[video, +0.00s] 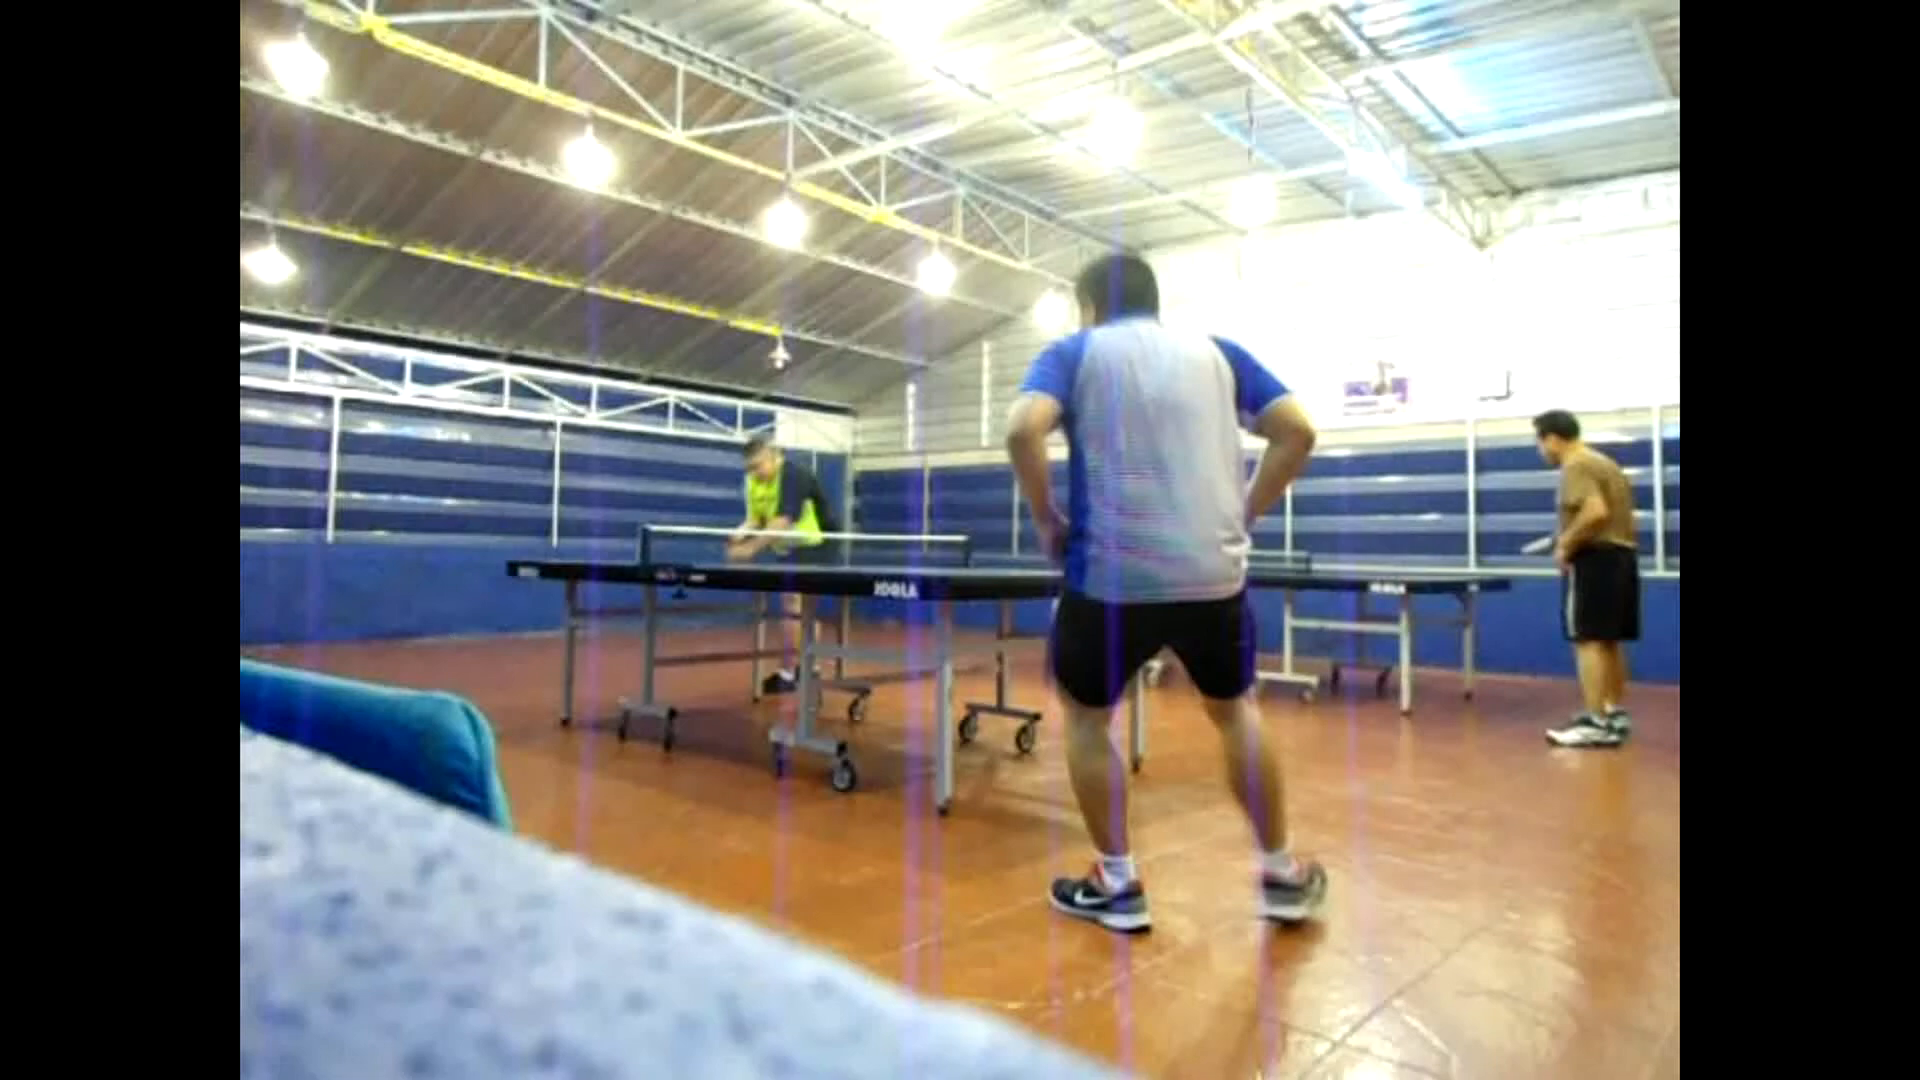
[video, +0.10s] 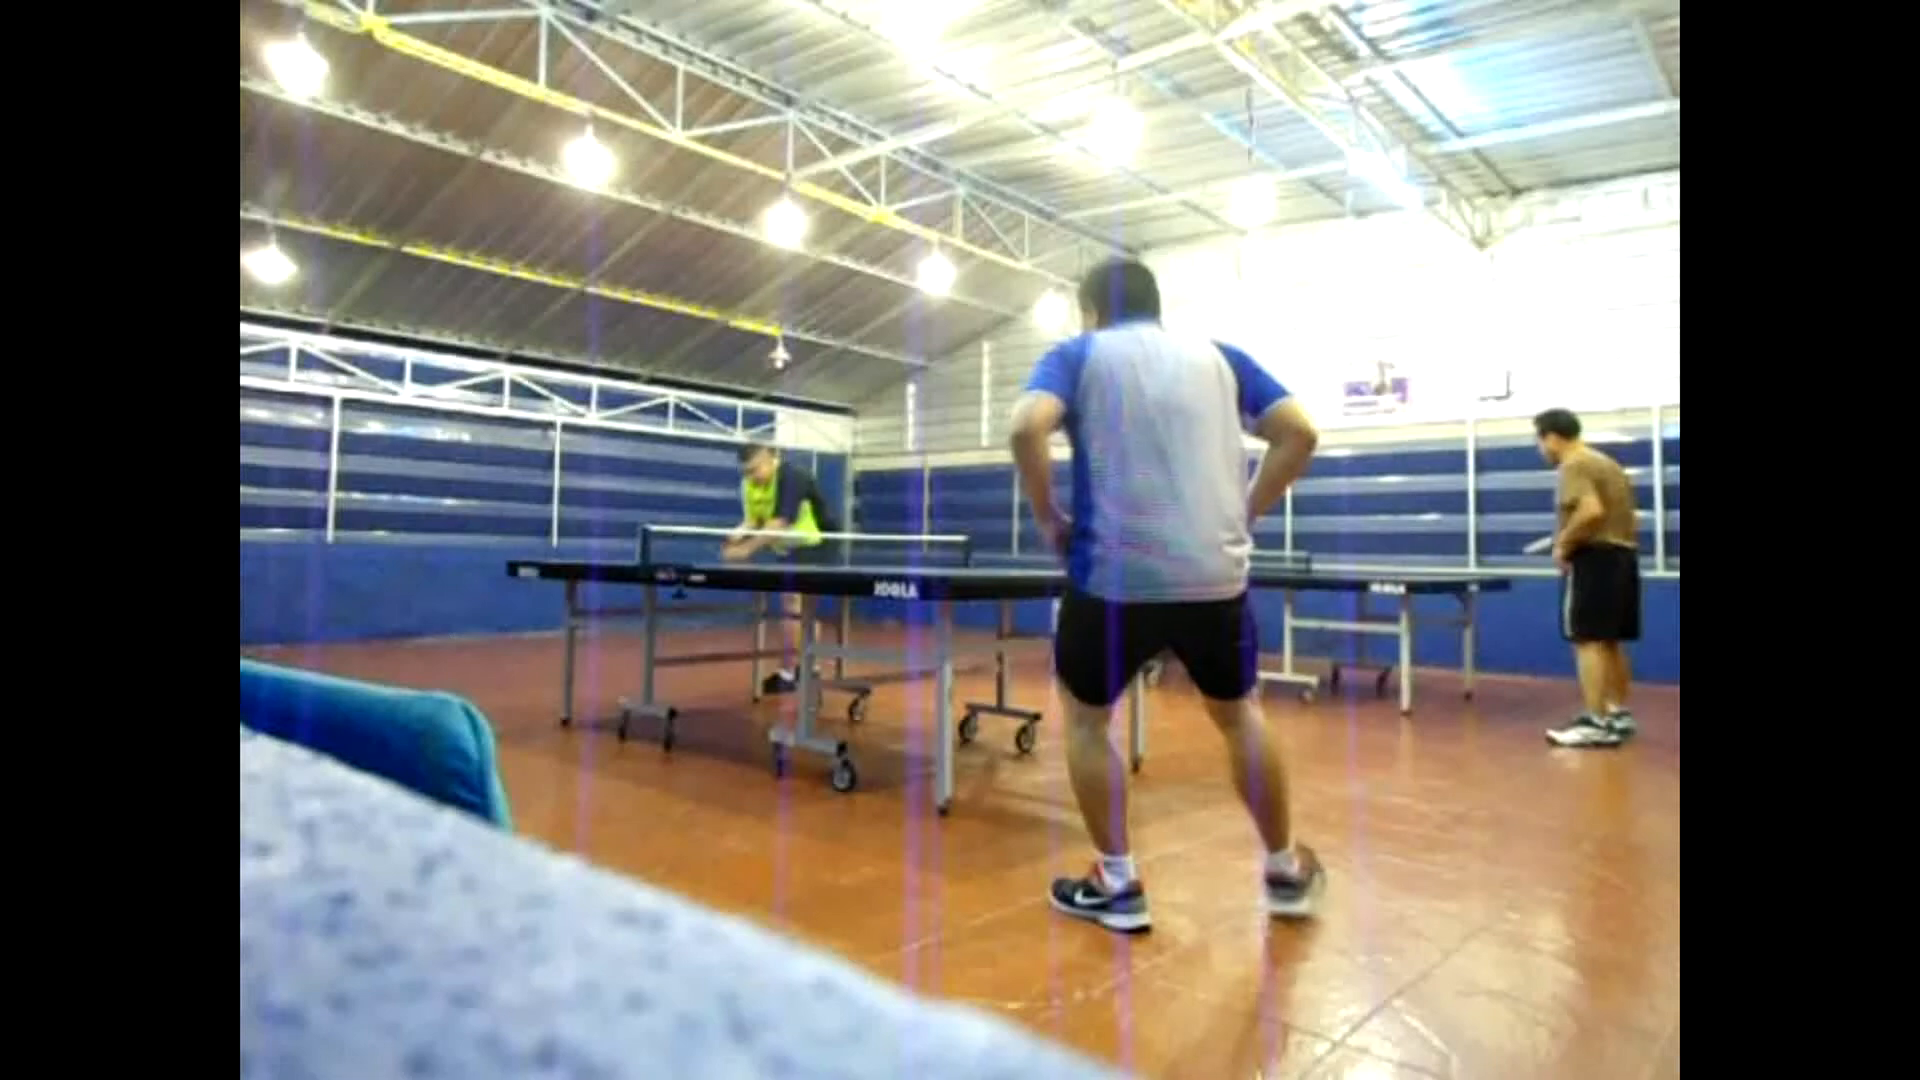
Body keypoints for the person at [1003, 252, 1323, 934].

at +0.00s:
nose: (1078, 317)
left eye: (1081, 307)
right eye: (1081, 307)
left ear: (1093, 306)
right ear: (1152, 301)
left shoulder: (1074, 352)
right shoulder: (1214, 352)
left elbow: (1025, 428)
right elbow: (1295, 433)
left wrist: (1046, 517)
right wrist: (1247, 512)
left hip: (1113, 582)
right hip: (1210, 579)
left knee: (1088, 719)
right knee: (1236, 711)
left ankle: (1116, 881)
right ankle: (1279, 870)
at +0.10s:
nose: (1081, 321)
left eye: (1083, 311)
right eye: (1084, 312)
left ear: (1095, 311)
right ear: (1154, 306)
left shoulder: (1078, 354)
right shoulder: (1216, 357)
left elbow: (1028, 426)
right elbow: (1297, 435)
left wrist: (1049, 518)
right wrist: (1247, 510)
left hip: (1116, 581)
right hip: (1212, 580)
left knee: (1087, 721)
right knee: (1239, 714)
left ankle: (1116, 881)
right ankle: (1283, 866)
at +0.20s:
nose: (1085, 330)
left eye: (1087, 321)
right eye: (1087, 321)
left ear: (1100, 319)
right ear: (1157, 314)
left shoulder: (1086, 357)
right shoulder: (1221, 365)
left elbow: (1037, 426)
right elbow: (1300, 442)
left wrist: (1052, 514)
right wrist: (1248, 511)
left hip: (1124, 585)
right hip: (1218, 586)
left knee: (1086, 719)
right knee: (1242, 717)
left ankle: (1117, 880)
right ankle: (1285, 865)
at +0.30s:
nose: (1098, 345)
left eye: (1100, 336)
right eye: (1100, 336)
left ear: (1112, 333)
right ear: (1168, 331)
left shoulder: (1103, 369)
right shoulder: (1233, 378)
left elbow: (1066, 440)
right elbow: (1307, 461)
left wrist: (1066, 527)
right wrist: (1252, 519)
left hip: (1139, 587)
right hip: (1231, 589)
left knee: (1083, 715)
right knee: (1243, 717)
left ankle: (1116, 878)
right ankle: (1285, 864)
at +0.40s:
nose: (1112, 363)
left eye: (1114, 355)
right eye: (1113, 355)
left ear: (1126, 350)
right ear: (1181, 345)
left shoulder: (1120, 380)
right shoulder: (1247, 395)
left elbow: (1097, 443)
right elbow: (1314, 482)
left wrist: (1084, 534)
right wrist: (1260, 534)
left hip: (1158, 587)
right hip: (1250, 594)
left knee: (1073, 700)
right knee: (1247, 716)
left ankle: (1112, 870)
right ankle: (1285, 865)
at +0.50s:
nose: (1119, 379)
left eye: (1121, 371)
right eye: (1120, 373)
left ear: (1134, 365)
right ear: (1193, 365)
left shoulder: (1132, 387)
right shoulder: (1256, 411)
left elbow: (1110, 447)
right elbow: (1317, 494)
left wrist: (1094, 545)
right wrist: (1264, 549)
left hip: (1169, 584)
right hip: (1260, 596)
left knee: (1062, 683)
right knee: (1247, 717)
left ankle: (1077, 859)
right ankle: (1284, 862)